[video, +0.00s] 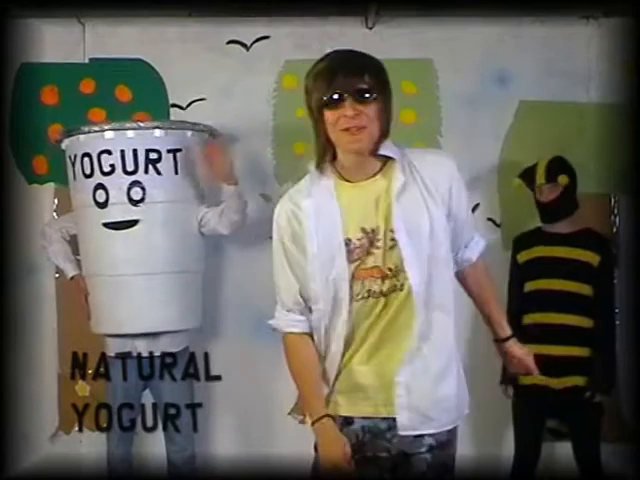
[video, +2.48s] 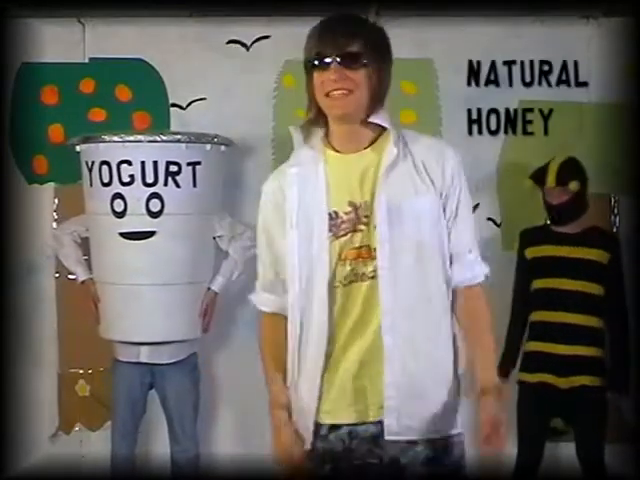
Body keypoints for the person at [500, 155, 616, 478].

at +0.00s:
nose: (541, 197)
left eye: (549, 188)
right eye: (537, 189)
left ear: (568, 189)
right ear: (532, 193)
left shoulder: (597, 245)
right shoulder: (523, 244)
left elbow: (605, 316)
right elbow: (514, 310)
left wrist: (603, 374)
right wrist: (509, 363)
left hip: (580, 378)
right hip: (530, 379)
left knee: (588, 463)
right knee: (524, 462)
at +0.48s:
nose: (552, 195)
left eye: (559, 187)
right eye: (544, 188)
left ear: (572, 189)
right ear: (533, 194)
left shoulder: (595, 245)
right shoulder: (519, 245)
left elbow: (605, 314)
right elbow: (510, 314)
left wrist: (607, 372)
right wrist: (510, 371)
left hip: (581, 374)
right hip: (531, 374)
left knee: (588, 461)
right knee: (524, 460)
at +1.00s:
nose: (555, 194)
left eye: (563, 186)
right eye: (547, 187)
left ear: (576, 190)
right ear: (537, 191)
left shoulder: (599, 245)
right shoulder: (525, 241)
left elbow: (609, 315)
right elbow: (496, 291)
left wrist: (613, 374)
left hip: (581, 370)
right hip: (533, 369)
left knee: (589, 460)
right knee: (526, 459)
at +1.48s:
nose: (574, 195)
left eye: (581, 187)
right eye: (566, 187)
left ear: (593, 191)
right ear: (554, 191)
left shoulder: (608, 248)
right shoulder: (535, 240)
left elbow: (617, 318)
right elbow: (494, 268)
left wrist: (621, 377)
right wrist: (500, 216)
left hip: (586, 368)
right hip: (537, 365)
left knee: (591, 459)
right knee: (528, 458)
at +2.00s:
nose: (577, 196)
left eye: (586, 188)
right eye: (570, 187)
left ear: (598, 193)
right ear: (559, 190)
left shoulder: (610, 249)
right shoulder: (536, 237)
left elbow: (618, 318)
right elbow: (511, 282)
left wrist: (621, 376)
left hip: (587, 365)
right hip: (538, 361)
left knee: (591, 458)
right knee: (528, 457)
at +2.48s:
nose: (550, 196)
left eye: (557, 188)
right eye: (546, 188)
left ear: (576, 189)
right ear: (542, 191)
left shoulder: (605, 243)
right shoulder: (531, 239)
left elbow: (616, 311)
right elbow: (520, 305)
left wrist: (619, 370)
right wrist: (508, 357)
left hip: (586, 372)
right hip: (536, 371)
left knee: (592, 460)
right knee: (527, 460)